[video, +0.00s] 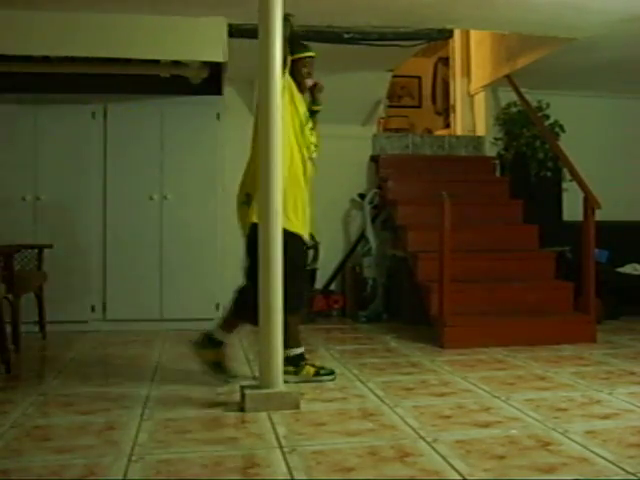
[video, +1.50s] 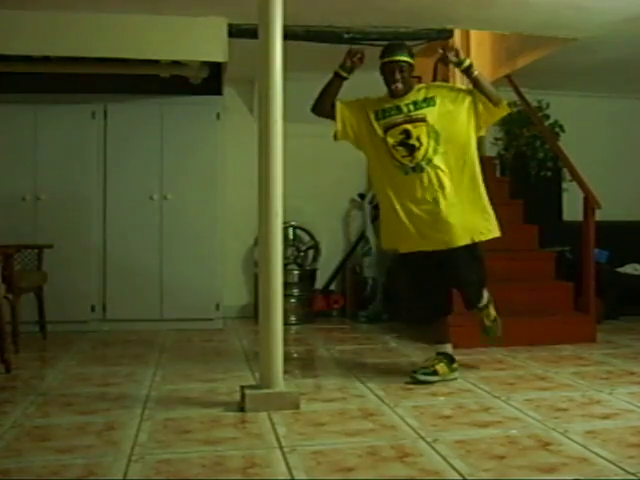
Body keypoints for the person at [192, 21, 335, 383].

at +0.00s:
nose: (308, 72)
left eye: (311, 66)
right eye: (303, 65)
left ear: (312, 67)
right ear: (288, 64)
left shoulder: (297, 101)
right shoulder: (278, 92)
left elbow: (308, 150)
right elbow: (271, 57)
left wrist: (315, 105)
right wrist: (283, 28)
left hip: (289, 208)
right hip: (275, 209)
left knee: (262, 284)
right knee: (291, 285)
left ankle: (216, 338)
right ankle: (291, 357)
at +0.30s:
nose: (335, 68)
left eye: (338, 62)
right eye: (328, 61)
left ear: (339, 66)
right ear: (310, 61)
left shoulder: (337, 115)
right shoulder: (292, 83)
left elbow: (362, 145)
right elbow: (270, 39)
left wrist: (366, 107)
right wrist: (304, 27)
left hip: (317, 209)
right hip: (281, 203)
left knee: (334, 281)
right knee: (273, 285)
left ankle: (346, 354)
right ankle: (251, 349)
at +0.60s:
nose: (362, 64)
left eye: (367, 59)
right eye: (354, 58)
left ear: (372, 66)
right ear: (340, 64)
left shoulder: (386, 110)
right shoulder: (318, 88)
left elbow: (420, 145)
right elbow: (282, 59)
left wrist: (414, 106)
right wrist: (318, 36)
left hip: (363, 210)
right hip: (320, 202)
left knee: (357, 290)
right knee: (312, 283)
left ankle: (354, 366)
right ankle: (287, 336)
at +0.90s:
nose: (381, 75)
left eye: (387, 69)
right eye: (375, 70)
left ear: (396, 73)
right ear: (365, 74)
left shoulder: (424, 109)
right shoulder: (345, 105)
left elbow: (473, 123)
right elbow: (300, 85)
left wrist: (451, 83)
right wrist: (331, 53)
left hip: (404, 216)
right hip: (354, 215)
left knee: (390, 296)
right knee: (357, 297)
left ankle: (360, 365)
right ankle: (407, 335)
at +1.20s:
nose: (394, 80)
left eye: (400, 74)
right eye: (388, 75)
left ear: (414, 78)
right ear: (381, 80)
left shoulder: (439, 106)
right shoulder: (367, 115)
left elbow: (493, 122)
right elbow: (321, 109)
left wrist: (467, 81)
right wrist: (344, 74)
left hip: (431, 199)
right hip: (389, 209)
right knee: (403, 290)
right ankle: (438, 357)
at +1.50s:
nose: (395, 76)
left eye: (401, 70)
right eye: (388, 71)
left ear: (414, 71)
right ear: (381, 75)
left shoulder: (444, 97)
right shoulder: (369, 111)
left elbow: (494, 105)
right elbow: (322, 108)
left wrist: (465, 66)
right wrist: (344, 72)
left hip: (452, 208)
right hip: (407, 216)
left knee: (468, 279)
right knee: (427, 293)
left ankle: (482, 306)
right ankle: (444, 355)